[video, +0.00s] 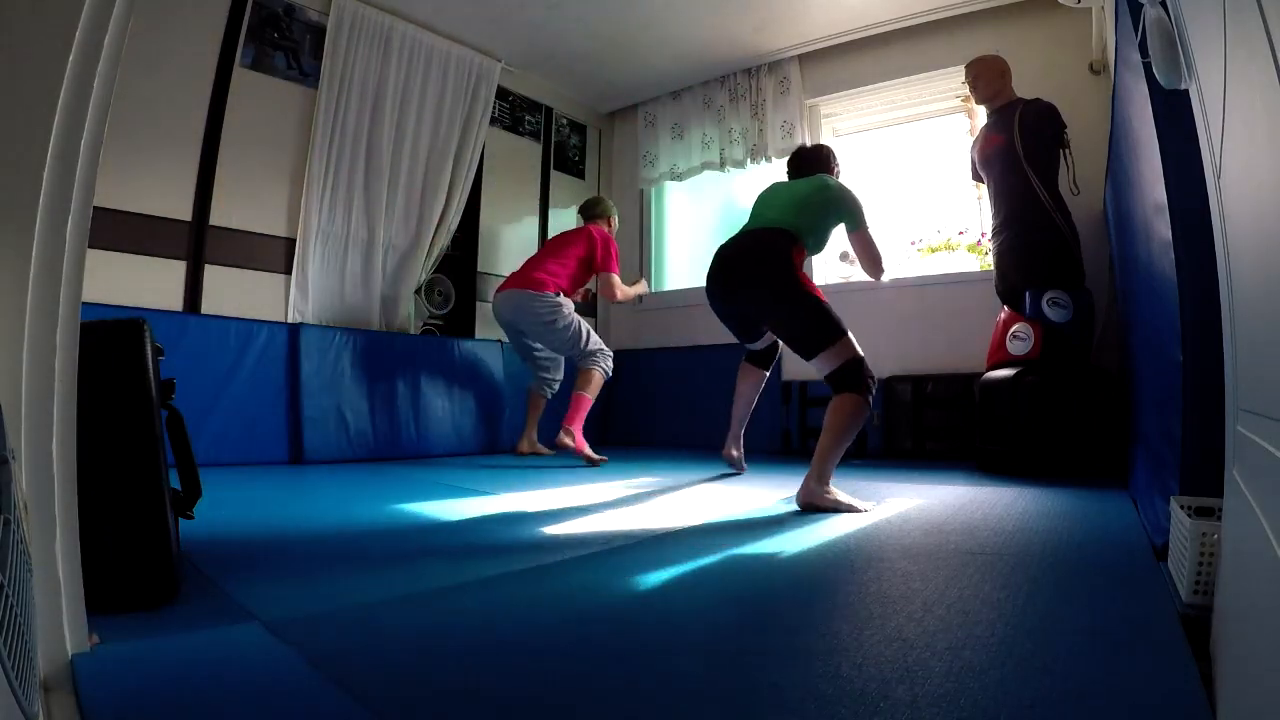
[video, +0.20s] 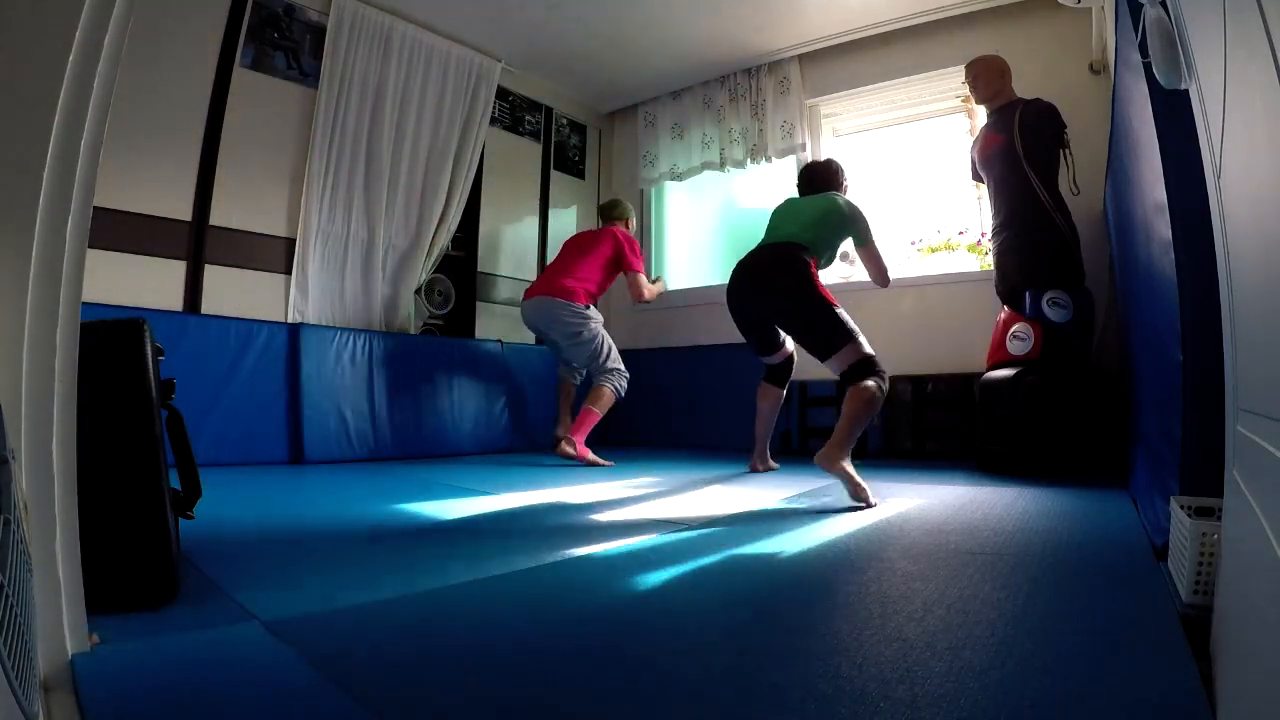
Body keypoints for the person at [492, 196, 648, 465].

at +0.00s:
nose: (616, 229)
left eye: (615, 225)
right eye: (616, 224)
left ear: (584, 220)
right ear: (610, 221)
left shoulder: (564, 237)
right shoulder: (602, 237)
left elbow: (537, 275)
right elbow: (614, 293)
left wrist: (571, 292)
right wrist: (638, 289)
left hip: (503, 299)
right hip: (539, 298)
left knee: (549, 366)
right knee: (598, 355)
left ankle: (528, 439)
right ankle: (572, 431)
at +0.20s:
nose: (633, 230)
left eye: (634, 226)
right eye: (633, 226)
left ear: (602, 221)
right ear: (627, 223)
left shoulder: (578, 238)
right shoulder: (623, 239)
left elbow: (551, 272)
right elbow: (642, 294)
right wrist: (658, 287)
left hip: (533, 303)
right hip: (568, 306)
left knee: (571, 361)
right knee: (614, 373)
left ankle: (564, 429)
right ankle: (576, 440)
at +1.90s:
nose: (610, 227)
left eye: (609, 222)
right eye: (610, 221)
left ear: (578, 217)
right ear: (603, 218)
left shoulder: (559, 232)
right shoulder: (594, 232)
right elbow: (604, 295)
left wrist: (563, 301)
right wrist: (639, 291)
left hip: (480, 286)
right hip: (517, 286)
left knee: (526, 358)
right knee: (580, 347)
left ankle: (502, 435)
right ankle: (553, 432)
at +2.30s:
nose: (565, 212)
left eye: (564, 207)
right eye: (565, 207)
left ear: (531, 201)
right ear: (559, 203)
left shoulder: (510, 217)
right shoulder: (545, 217)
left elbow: (465, 257)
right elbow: (553, 285)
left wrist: (501, 293)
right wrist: (589, 283)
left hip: (418, 275)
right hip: (454, 273)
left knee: (470, 355)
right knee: (525, 340)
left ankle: (440, 441)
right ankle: (486, 430)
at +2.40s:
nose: (551, 208)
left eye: (549, 203)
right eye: (551, 202)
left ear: (517, 197)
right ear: (544, 199)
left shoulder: (494, 213)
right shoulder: (534, 215)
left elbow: (444, 254)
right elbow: (538, 284)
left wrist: (481, 289)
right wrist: (576, 282)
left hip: (403, 271)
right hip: (439, 273)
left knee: (450, 364)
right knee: (497, 355)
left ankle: (447, 450)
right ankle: (443, 439)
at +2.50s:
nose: (538, 203)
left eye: (537, 199)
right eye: (538, 198)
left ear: (503, 192)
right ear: (532, 195)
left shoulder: (478, 207)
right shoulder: (522, 209)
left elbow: (429, 246)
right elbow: (526, 280)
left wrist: (463, 284)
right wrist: (561, 279)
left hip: (384, 261)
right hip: (424, 265)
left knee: (435, 357)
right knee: (477, 354)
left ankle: (434, 441)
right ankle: (434, 450)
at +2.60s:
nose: (525, 204)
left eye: (526, 198)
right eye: (526, 196)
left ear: (487, 186)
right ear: (519, 189)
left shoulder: (461, 203)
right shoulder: (503, 201)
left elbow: (412, 261)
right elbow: (509, 273)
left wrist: (454, 282)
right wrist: (544, 274)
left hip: (360, 258)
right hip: (395, 257)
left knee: (419, 349)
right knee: (459, 341)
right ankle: (434, 451)